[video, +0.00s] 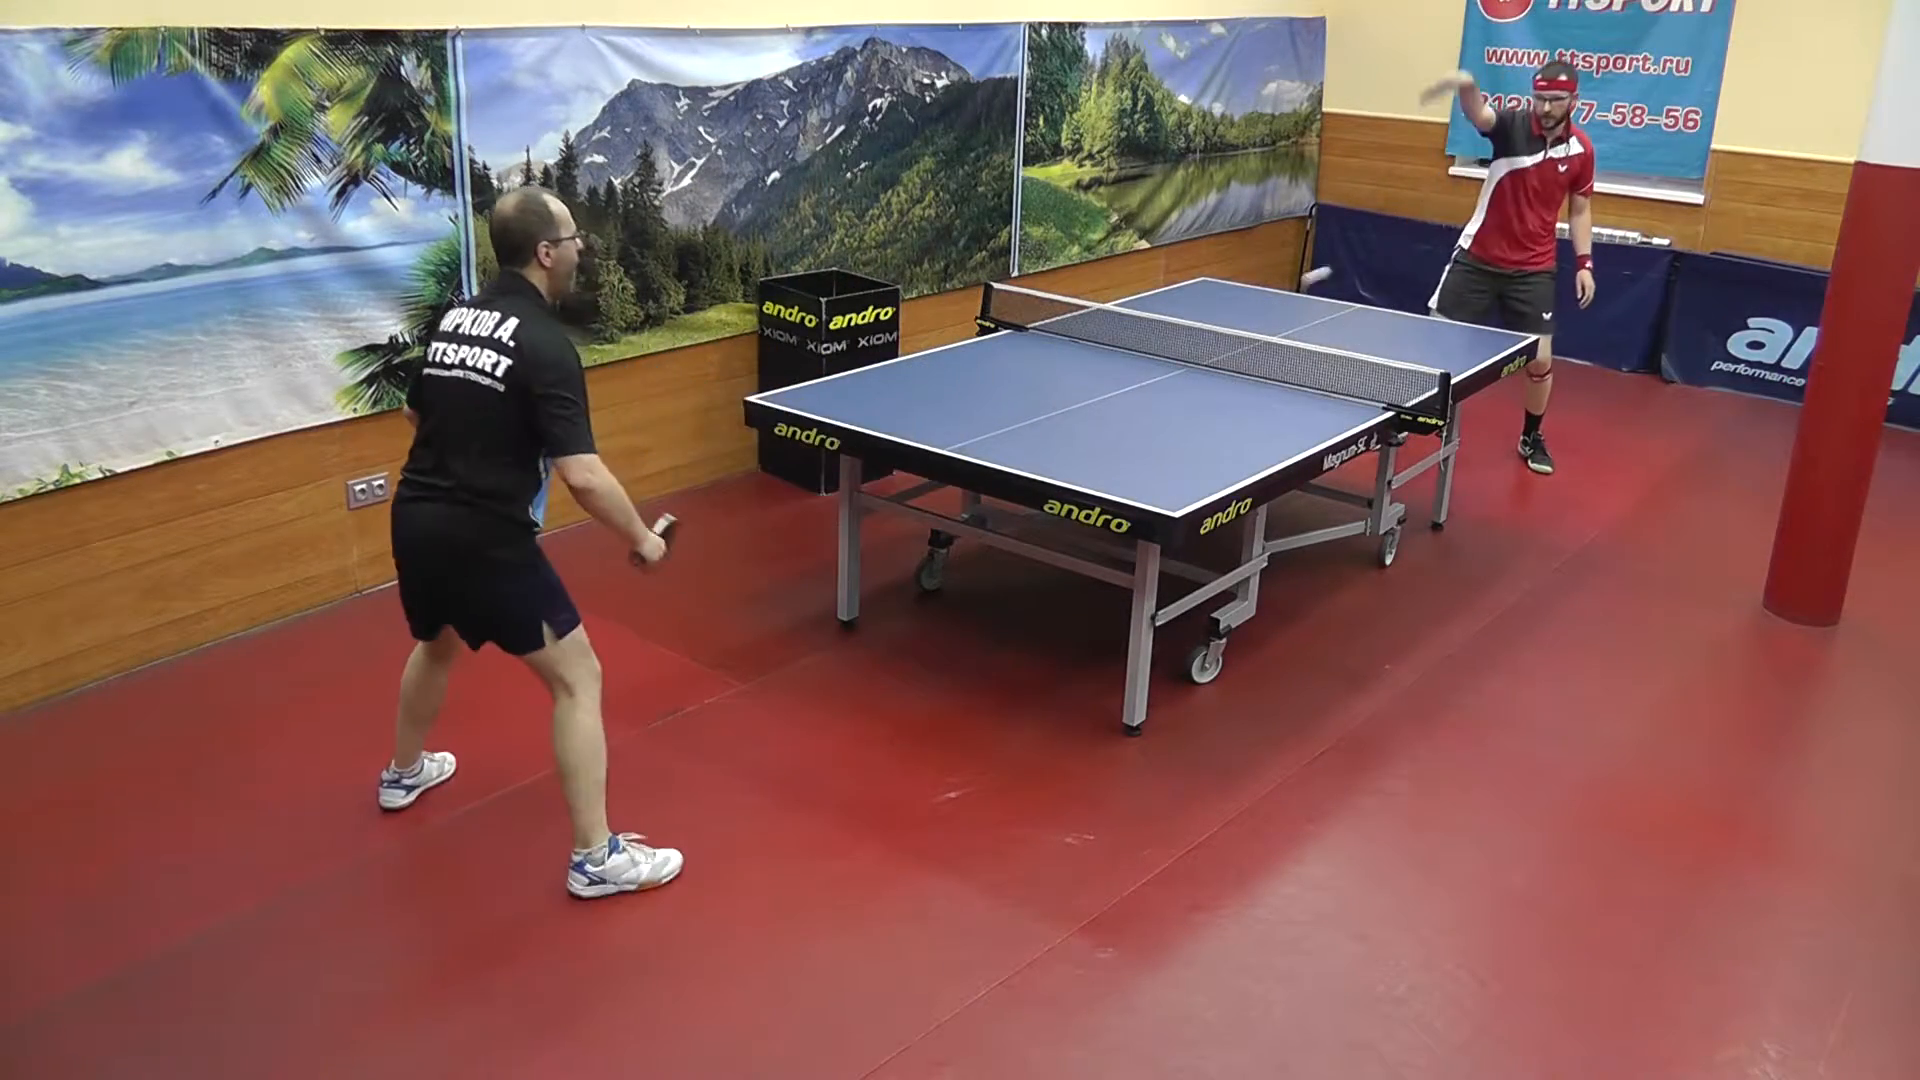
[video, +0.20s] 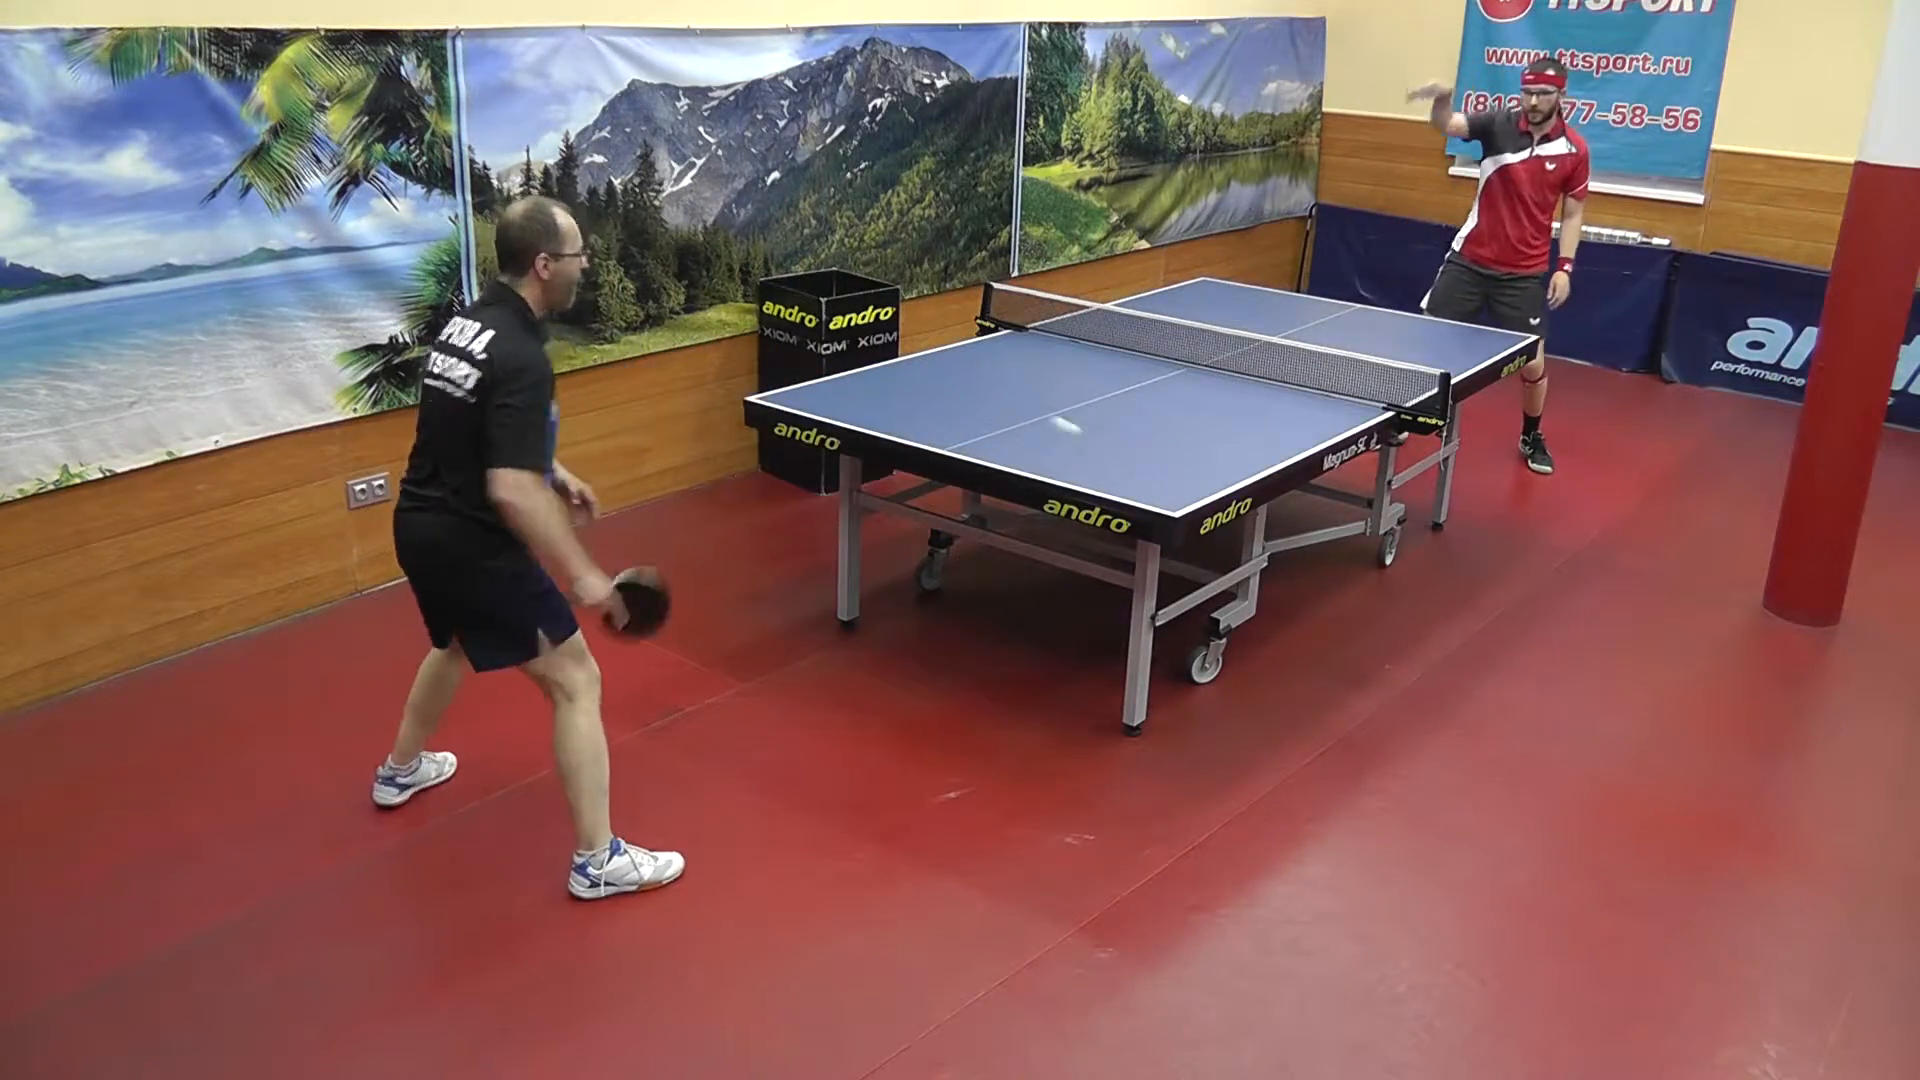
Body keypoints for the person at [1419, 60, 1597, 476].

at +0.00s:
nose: (1547, 108)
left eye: (1557, 100)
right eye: (1541, 99)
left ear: (1573, 101)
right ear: (1532, 95)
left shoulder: (1580, 149)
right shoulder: (1511, 120)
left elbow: (1580, 210)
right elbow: (1480, 116)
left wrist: (1584, 265)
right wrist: (1467, 89)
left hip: (1533, 269)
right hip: (1476, 258)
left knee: (1541, 361)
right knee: (1435, 338)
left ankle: (1532, 437)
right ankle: (1424, 410)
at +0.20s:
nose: (1533, 102)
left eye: (1543, 95)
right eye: (1528, 93)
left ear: (1561, 97)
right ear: (1520, 91)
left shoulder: (1574, 150)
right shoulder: (1498, 122)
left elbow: (1572, 215)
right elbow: (1444, 124)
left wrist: (1564, 268)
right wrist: (1441, 101)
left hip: (1524, 276)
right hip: (1468, 262)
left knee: (1533, 366)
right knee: (1425, 338)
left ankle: (1532, 436)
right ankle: (1411, 409)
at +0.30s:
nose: (1521, 102)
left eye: (1531, 94)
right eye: (1516, 93)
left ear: (1549, 97)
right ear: (1509, 93)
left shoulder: (1565, 150)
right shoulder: (1485, 128)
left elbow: (1566, 214)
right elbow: (1437, 152)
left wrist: (1553, 267)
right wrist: (1424, 142)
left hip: (1518, 277)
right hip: (1463, 264)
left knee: (1528, 366)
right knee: (1419, 339)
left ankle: (1531, 437)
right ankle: (1402, 413)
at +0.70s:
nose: (1473, 99)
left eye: (1483, 91)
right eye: (1469, 90)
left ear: (1504, 93)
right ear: (1463, 93)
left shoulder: (1532, 141)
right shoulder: (1456, 137)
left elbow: (1540, 205)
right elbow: (1428, 184)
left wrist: (1515, 257)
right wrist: (1399, 199)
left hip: (1503, 271)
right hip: (1450, 263)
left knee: (1520, 362)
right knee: (1413, 337)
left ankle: (1531, 437)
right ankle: (1406, 412)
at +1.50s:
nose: (1484, 114)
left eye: (1493, 106)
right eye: (1479, 106)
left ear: (1514, 107)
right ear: (1472, 107)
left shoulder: (1541, 153)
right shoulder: (1460, 156)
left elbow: (1558, 207)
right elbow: (1443, 211)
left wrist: (1568, 262)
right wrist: (1436, 247)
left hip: (1516, 281)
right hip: (1459, 274)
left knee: (1537, 368)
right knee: (1415, 342)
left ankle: (1550, 437)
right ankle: (1414, 410)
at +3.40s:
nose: (1490, 120)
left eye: (1499, 111)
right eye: (1484, 111)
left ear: (1519, 110)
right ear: (1478, 110)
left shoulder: (1545, 152)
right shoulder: (1466, 155)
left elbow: (1565, 207)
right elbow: (1429, 209)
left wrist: (1570, 262)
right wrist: (1462, 235)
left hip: (1523, 277)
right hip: (1464, 269)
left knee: (1539, 362)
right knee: (1422, 338)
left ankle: (1552, 437)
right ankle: (1412, 414)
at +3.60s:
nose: (1433, 126)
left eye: (1441, 117)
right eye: (1426, 118)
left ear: (1459, 115)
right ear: (1420, 119)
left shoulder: (1491, 152)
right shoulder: (1417, 160)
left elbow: (1525, 198)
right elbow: (1382, 180)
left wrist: (1562, 242)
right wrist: (1337, 159)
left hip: (1502, 279)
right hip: (1443, 279)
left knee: (1534, 360)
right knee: (1403, 347)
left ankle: (1552, 436)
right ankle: (1386, 429)